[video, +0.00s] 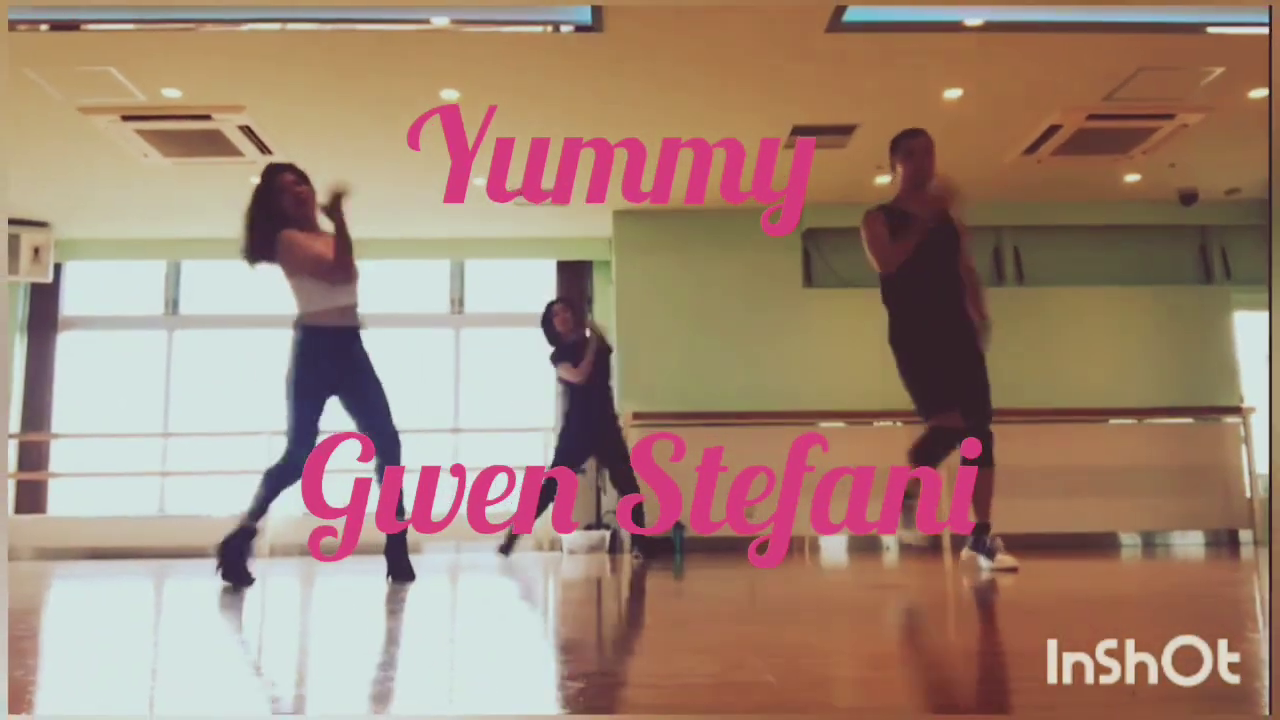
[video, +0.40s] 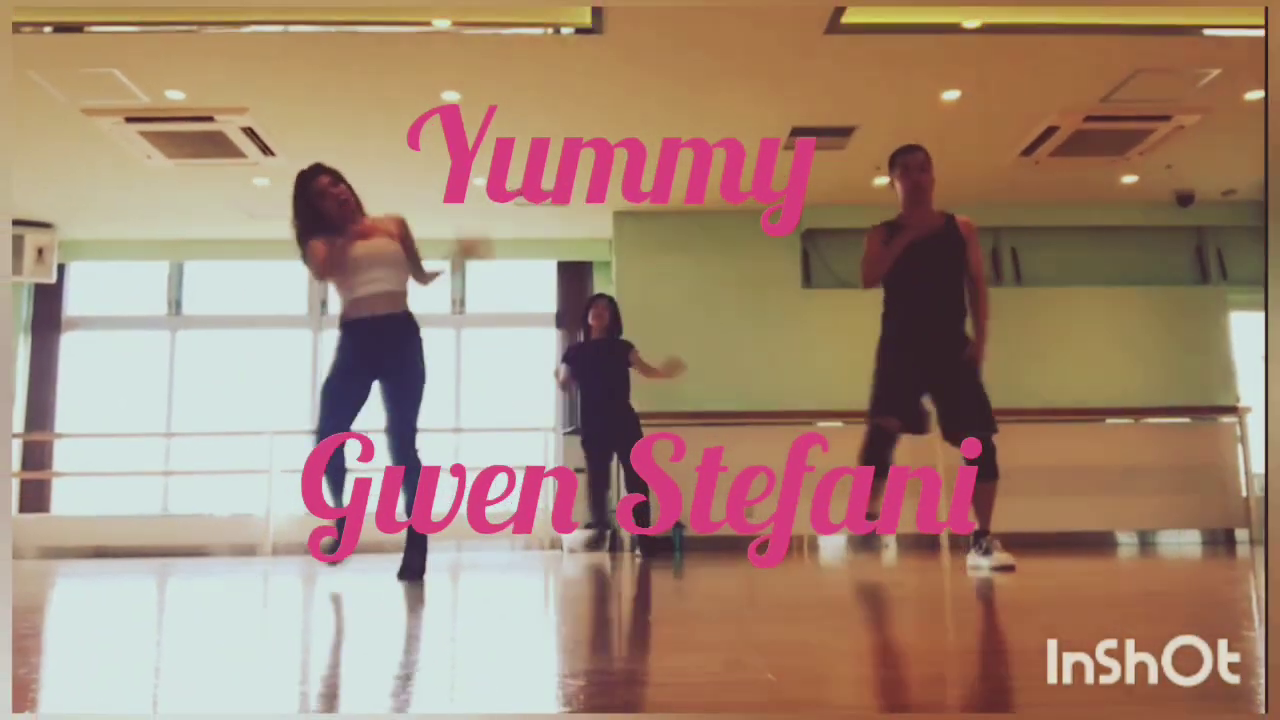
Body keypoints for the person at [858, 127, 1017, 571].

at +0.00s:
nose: (923, 163)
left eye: (927, 155)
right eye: (913, 156)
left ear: (935, 160)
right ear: (895, 164)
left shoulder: (944, 217)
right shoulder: (878, 219)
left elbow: (965, 270)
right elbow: (886, 262)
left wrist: (978, 314)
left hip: (956, 328)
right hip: (914, 333)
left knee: (979, 431)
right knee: (948, 425)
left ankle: (981, 535)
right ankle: (899, 498)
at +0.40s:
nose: (917, 178)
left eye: (923, 169)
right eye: (908, 171)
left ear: (934, 176)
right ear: (894, 180)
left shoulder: (960, 229)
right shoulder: (885, 233)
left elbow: (978, 285)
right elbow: (869, 276)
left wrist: (980, 340)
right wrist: (907, 235)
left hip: (949, 348)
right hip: (900, 349)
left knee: (981, 439)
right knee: (882, 433)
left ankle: (982, 538)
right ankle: (864, 525)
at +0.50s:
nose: (917, 190)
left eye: (923, 181)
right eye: (907, 184)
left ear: (934, 187)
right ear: (894, 193)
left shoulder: (956, 243)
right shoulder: (885, 245)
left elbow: (967, 305)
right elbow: (855, 297)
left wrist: (961, 361)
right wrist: (889, 284)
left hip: (933, 369)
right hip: (884, 368)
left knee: (984, 453)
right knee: (853, 450)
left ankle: (974, 541)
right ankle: (817, 541)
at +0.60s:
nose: (918, 206)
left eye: (924, 197)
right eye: (908, 200)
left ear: (937, 204)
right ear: (895, 210)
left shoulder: (951, 266)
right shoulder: (881, 263)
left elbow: (958, 328)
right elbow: (847, 315)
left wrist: (957, 381)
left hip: (922, 386)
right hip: (875, 383)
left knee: (984, 457)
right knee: (841, 462)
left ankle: (976, 543)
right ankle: (815, 543)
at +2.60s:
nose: (898, 211)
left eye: (902, 202)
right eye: (889, 203)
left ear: (908, 208)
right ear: (865, 209)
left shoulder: (911, 268)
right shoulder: (842, 265)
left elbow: (927, 331)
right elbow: (812, 323)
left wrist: (939, 386)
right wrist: (808, 378)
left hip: (901, 388)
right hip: (851, 388)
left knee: (960, 463)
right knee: (835, 469)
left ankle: (983, 545)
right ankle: (817, 546)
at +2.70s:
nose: (903, 208)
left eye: (905, 198)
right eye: (899, 197)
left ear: (876, 198)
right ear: (876, 196)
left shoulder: (872, 254)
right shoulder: (839, 241)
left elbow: (870, 319)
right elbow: (815, 297)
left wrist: (886, 367)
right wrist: (835, 353)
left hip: (876, 378)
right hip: (841, 376)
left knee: (938, 446)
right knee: (839, 460)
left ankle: (976, 536)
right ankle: (815, 546)